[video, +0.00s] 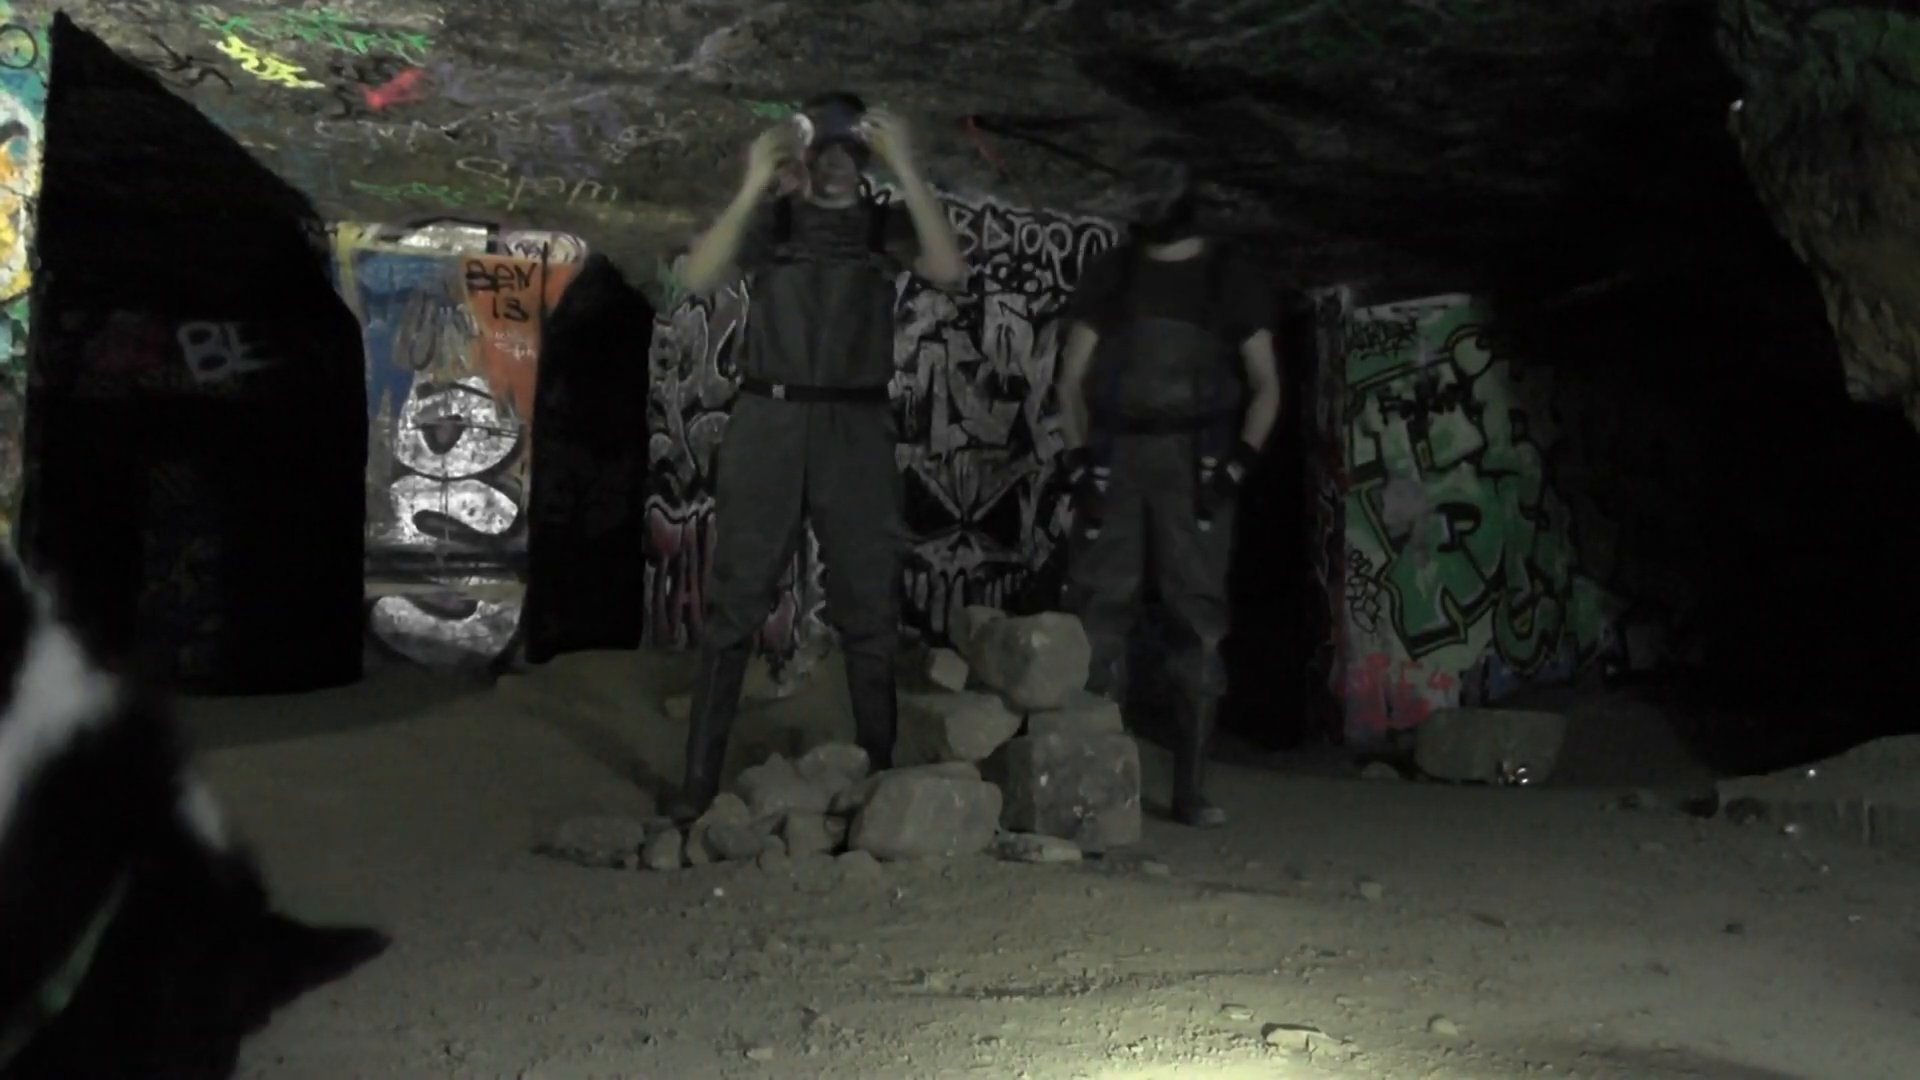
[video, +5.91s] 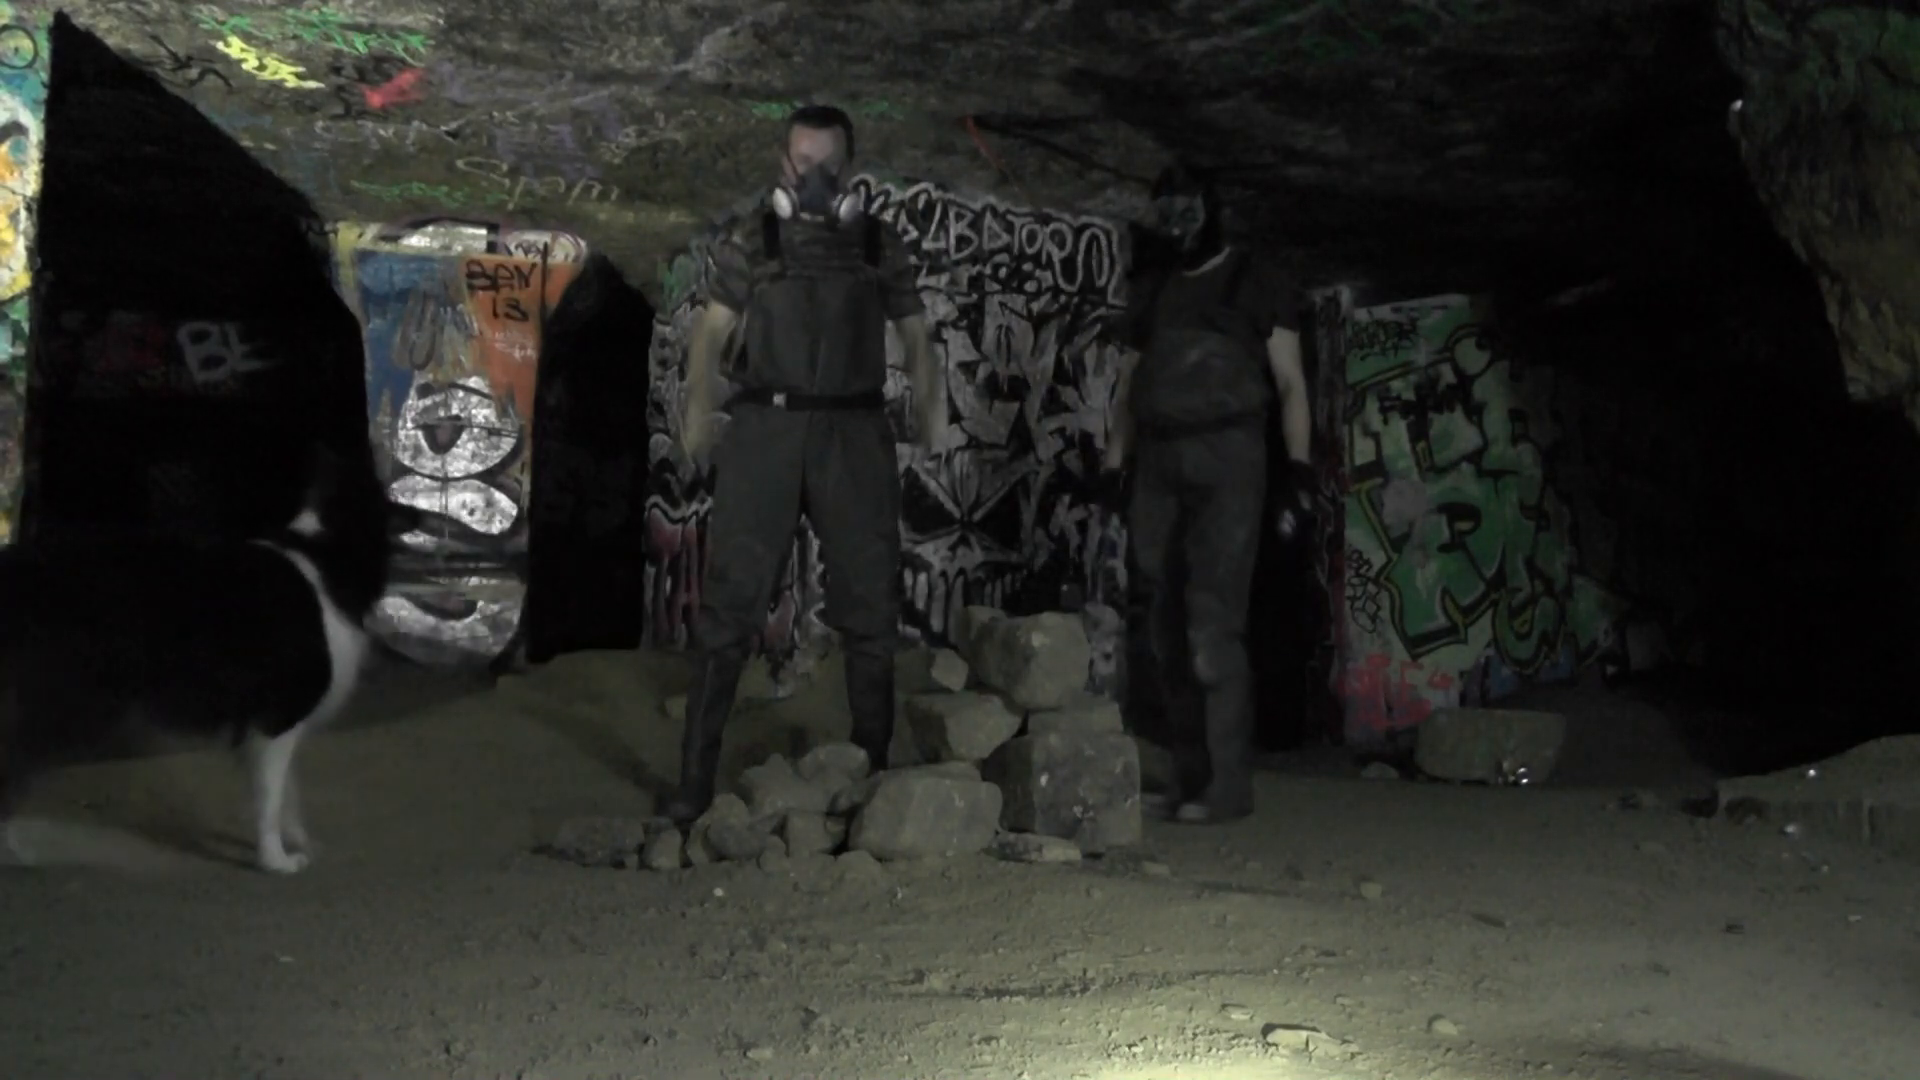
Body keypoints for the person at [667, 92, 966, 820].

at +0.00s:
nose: (835, 164)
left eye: (849, 152)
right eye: (822, 150)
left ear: (867, 161)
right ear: (797, 159)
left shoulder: (885, 225)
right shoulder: (765, 222)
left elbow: (949, 273)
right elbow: (696, 277)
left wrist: (904, 167)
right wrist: (754, 190)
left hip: (857, 438)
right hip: (767, 435)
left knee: (870, 614)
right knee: (734, 611)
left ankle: (879, 779)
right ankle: (697, 789)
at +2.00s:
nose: (830, 163)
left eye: (842, 154)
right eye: (819, 153)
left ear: (862, 168)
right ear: (800, 166)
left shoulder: (880, 229)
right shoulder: (773, 227)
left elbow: (929, 253)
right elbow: (702, 245)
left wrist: (890, 153)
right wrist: (755, 152)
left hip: (855, 439)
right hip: (766, 435)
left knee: (868, 614)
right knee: (731, 608)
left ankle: (872, 781)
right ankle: (695, 787)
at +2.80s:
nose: (808, 181)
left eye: (825, 167)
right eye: (797, 166)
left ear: (851, 172)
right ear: (775, 171)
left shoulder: (874, 240)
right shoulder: (758, 237)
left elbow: (914, 322)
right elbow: (692, 308)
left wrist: (867, 217)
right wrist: (747, 216)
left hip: (854, 442)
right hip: (763, 439)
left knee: (867, 614)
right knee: (730, 609)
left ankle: (872, 779)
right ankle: (696, 785)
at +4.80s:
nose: (812, 209)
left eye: (827, 196)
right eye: (800, 194)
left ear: (848, 181)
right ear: (780, 175)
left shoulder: (875, 240)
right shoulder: (741, 237)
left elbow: (905, 343)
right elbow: (708, 336)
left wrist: (847, 328)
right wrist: (770, 319)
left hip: (850, 446)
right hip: (758, 443)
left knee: (865, 611)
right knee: (731, 607)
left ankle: (875, 776)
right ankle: (695, 783)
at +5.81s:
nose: (815, 183)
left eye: (829, 170)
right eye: (804, 167)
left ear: (851, 168)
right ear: (784, 160)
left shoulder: (875, 239)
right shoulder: (744, 235)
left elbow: (916, 350)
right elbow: (699, 341)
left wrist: (881, 275)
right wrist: (744, 290)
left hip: (854, 441)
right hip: (763, 439)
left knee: (868, 613)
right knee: (732, 608)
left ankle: (874, 780)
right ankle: (695, 788)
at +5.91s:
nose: (815, 180)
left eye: (828, 169)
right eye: (804, 166)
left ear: (849, 167)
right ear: (785, 160)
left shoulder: (876, 240)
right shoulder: (750, 236)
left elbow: (918, 341)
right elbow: (709, 335)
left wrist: (930, 429)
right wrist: (694, 431)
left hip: (854, 442)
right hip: (762, 440)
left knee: (869, 613)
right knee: (731, 607)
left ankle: (873, 777)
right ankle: (694, 785)